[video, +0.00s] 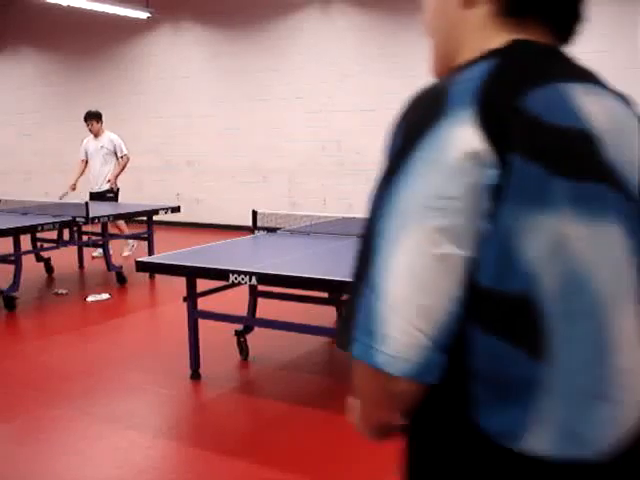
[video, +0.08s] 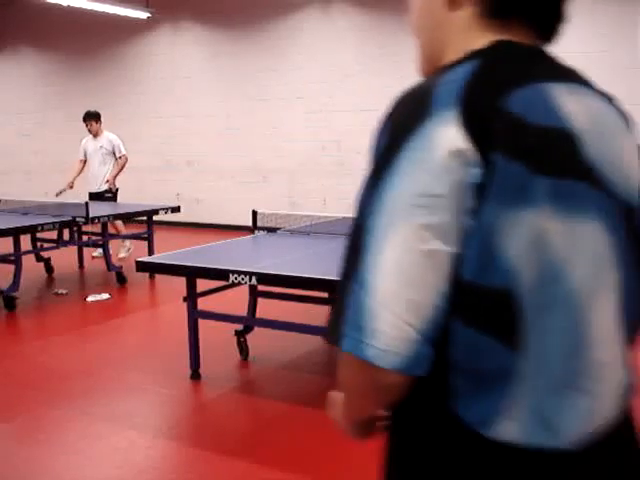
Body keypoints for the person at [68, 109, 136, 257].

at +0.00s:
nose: (89, 128)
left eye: (91, 125)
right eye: (87, 125)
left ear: (99, 123)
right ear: (87, 125)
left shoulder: (112, 139)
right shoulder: (87, 142)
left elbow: (124, 158)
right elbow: (83, 162)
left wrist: (114, 176)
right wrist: (75, 181)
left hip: (109, 187)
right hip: (94, 189)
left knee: (114, 217)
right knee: (101, 220)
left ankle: (129, 240)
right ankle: (103, 245)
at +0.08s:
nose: (88, 128)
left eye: (90, 125)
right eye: (86, 125)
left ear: (99, 123)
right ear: (86, 126)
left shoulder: (111, 139)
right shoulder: (86, 142)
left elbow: (123, 158)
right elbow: (82, 162)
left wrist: (113, 177)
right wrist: (72, 180)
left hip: (108, 187)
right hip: (93, 189)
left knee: (112, 217)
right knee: (99, 220)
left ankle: (126, 242)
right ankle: (102, 245)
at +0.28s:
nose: (81, 133)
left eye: (83, 129)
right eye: (79, 130)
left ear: (91, 127)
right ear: (78, 130)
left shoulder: (104, 143)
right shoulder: (80, 143)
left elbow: (111, 164)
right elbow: (76, 163)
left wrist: (97, 180)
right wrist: (66, 179)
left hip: (103, 186)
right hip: (89, 186)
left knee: (103, 220)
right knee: (94, 220)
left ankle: (104, 248)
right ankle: (99, 247)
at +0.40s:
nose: (78, 136)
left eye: (80, 132)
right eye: (76, 133)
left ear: (88, 129)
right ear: (75, 132)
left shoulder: (100, 145)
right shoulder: (78, 145)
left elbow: (107, 168)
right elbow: (76, 164)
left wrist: (93, 183)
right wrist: (70, 182)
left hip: (101, 187)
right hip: (88, 187)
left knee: (97, 222)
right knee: (93, 222)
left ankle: (100, 250)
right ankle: (99, 249)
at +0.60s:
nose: (72, 144)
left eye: (75, 141)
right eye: (70, 142)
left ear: (82, 138)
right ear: (68, 141)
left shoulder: (92, 151)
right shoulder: (75, 150)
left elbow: (97, 174)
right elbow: (80, 169)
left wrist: (86, 191)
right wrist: (81, 185)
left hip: (100, 188)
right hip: (88, 188)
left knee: (96, 221)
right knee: (92, 221)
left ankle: (100, 250)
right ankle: (98, 248)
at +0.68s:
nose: (71, 146)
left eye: (74, 143)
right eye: (69, 143)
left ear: (80, 139)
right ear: (66, 142)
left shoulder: (91, 151)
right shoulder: (76, 150)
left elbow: (94, 176)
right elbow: (80, 172)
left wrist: (84, 192)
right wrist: (83, 188)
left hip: (100, 190)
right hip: (89, 190)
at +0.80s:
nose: (69, 150)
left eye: (71, 146)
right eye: (67, 147)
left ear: (78, 142)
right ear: (65, 145)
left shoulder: (88, 155)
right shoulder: (76, 152)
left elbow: (87, 180)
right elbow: (80, 172)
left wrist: (74, 198)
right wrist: (84, 186)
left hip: (98, 188)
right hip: (91, 187)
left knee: (95, 218)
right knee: (91, 217)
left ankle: (98, 252)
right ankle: (95, 252)